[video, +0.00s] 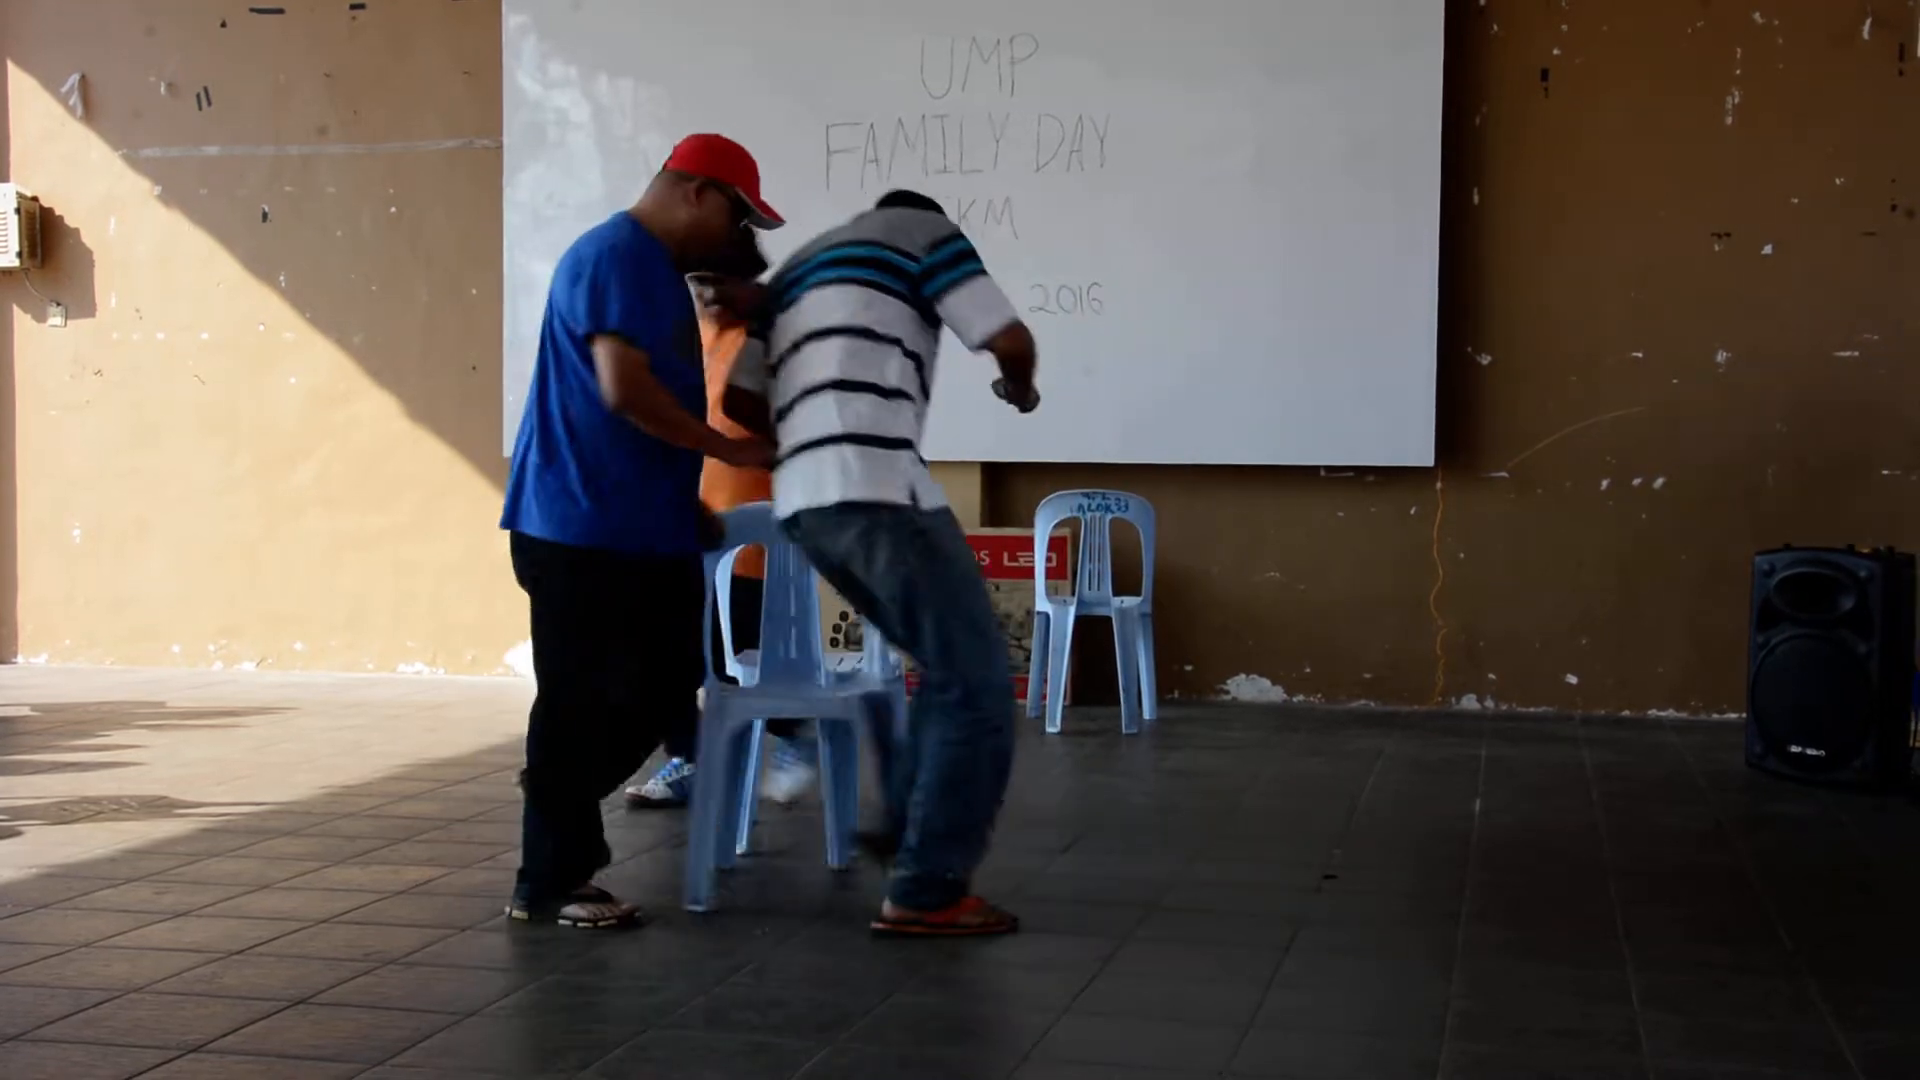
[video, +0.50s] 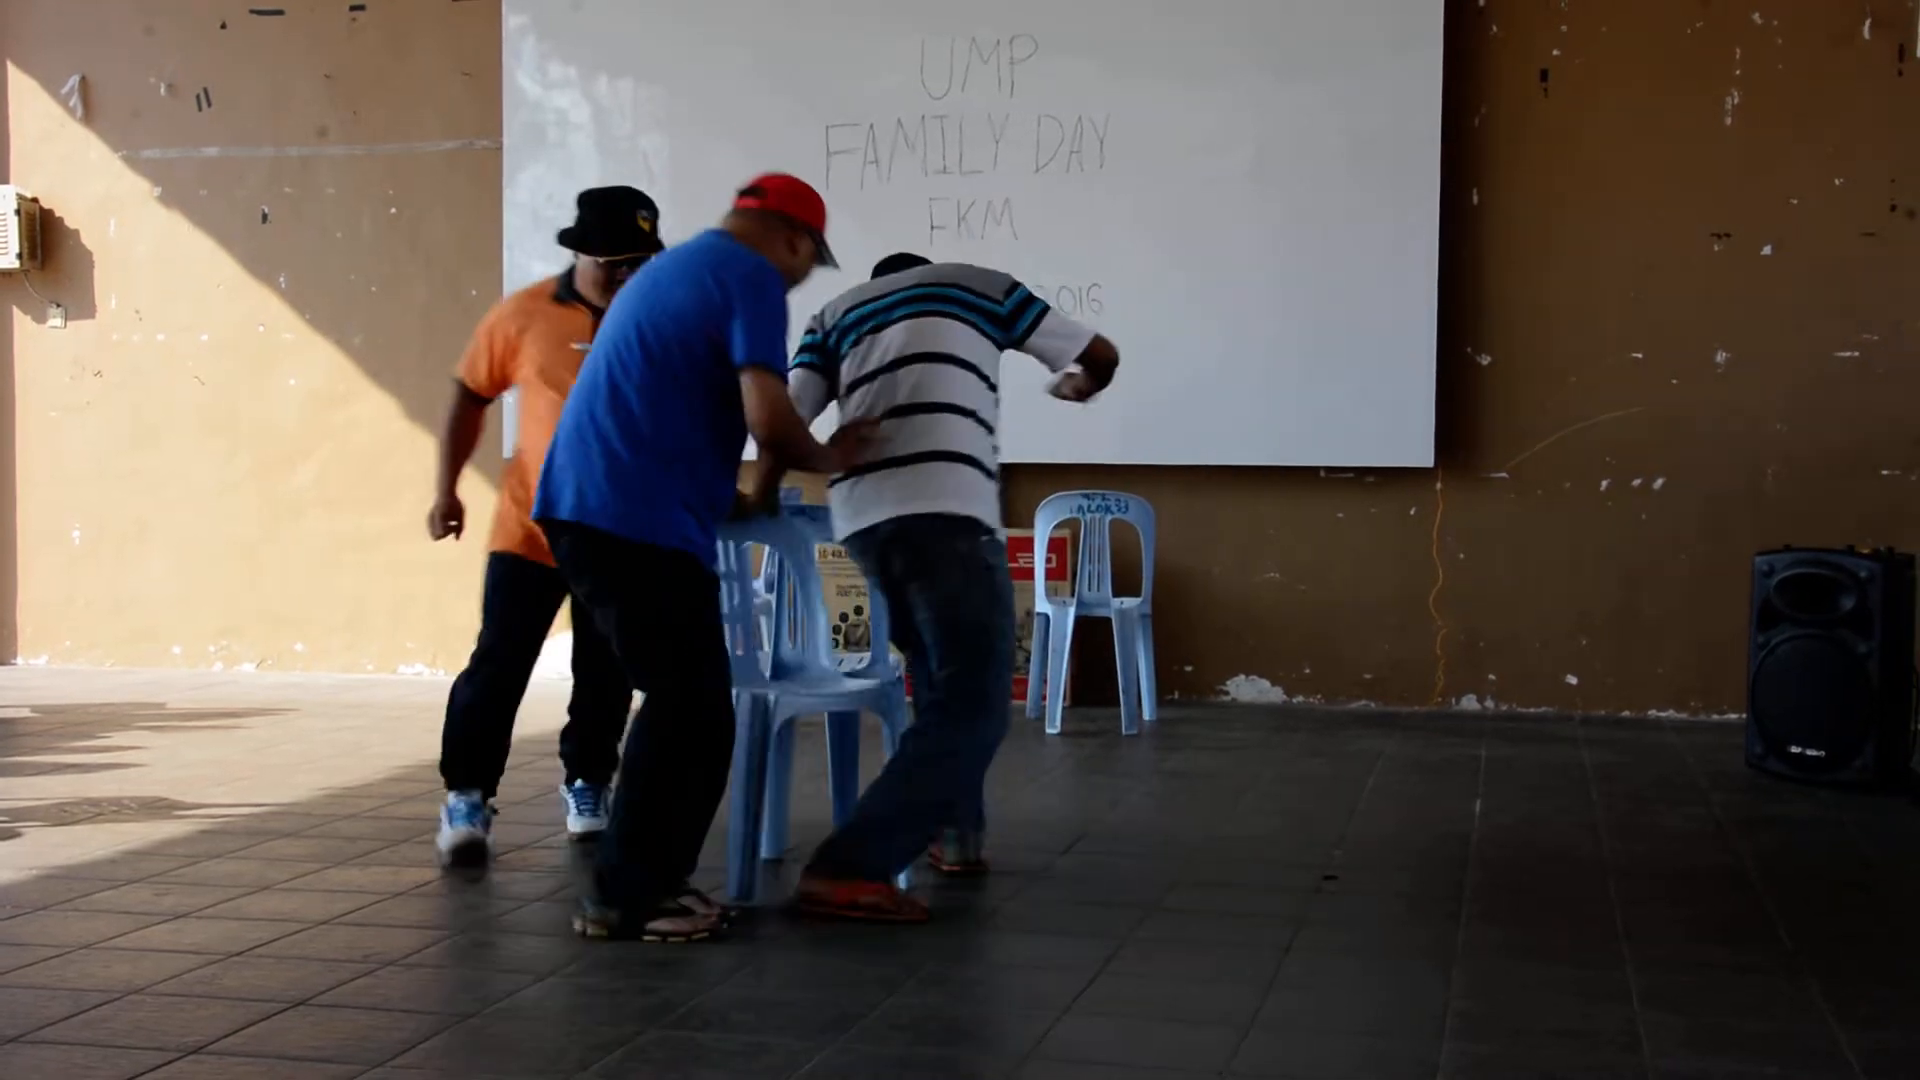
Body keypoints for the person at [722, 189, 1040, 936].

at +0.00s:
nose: (949, 248)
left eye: (946, 241)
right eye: (944, 236)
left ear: (872, 213)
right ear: (926, 218)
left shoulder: (794, 267)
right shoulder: (919, 226)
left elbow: (734, 396)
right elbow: (1012, 342)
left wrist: (807, 445)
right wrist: (1017, 387)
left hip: (805, 501)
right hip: (876, 487)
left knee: (940, 667)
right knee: (978, 680)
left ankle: (911, 846)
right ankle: (927, 893)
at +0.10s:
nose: (961, 262)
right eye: (957, 251)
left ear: (884, 229)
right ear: (941, 233)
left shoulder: (812, 279)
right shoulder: (939, 244)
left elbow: (766, 412)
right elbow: (1031, 359)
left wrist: (836, 446)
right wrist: (1023, 397)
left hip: (818, 508)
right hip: (888, 494)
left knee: (961, 676)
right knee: (996, 692)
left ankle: (939, 875)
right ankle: (927, 892)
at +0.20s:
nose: (975, 279)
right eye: (968, 266)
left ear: (892, 241)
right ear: (948, 245)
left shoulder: (824, 291)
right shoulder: (947, 255)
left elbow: (784, 428)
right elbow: (1046, 358)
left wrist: (811, 481)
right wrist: (1037, 408)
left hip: (828, 513)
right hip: (898, 499)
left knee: (942, 688)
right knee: (1001, 692)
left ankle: (944, 878)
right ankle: (923, 887)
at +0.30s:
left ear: (886, 255)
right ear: (943, 252)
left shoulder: (822, 305)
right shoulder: (959, 268)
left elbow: (783, 424)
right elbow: (1073, 343)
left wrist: (815, 481)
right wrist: (1074, 411)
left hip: (841, 520)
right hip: (914, 508)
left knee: (940, 688)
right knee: (1005, 696)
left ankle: (956, 856)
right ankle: (856, 844)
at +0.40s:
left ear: (873, 272)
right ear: (933, 262)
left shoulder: (824, 315)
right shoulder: (970, 279)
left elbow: (777, 424)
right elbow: (1099, 337)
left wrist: (807, 468)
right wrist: (1101, 396)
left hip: (849, 526)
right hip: (928, 512)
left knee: (950, 679)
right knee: (974, 704)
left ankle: (953, 847)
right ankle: (838, 870)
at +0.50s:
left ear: (872, 277)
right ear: (931, 266)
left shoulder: (834, 314)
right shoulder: (978, 284)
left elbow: (782, 421)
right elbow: (1101, 353)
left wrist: (757, 493)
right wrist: (1076, 385)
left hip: (865, 521)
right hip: (949, 507)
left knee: (935, 682)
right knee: (974, 705)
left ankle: (957, 836)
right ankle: (846, 871)